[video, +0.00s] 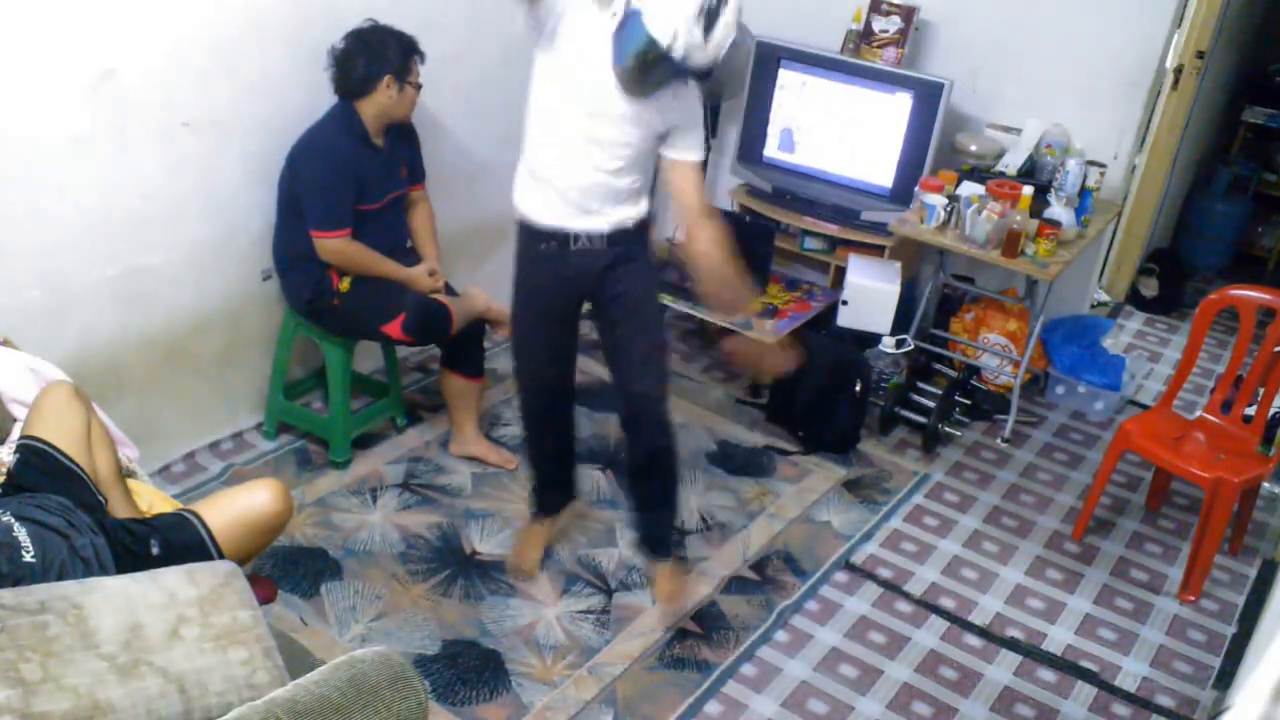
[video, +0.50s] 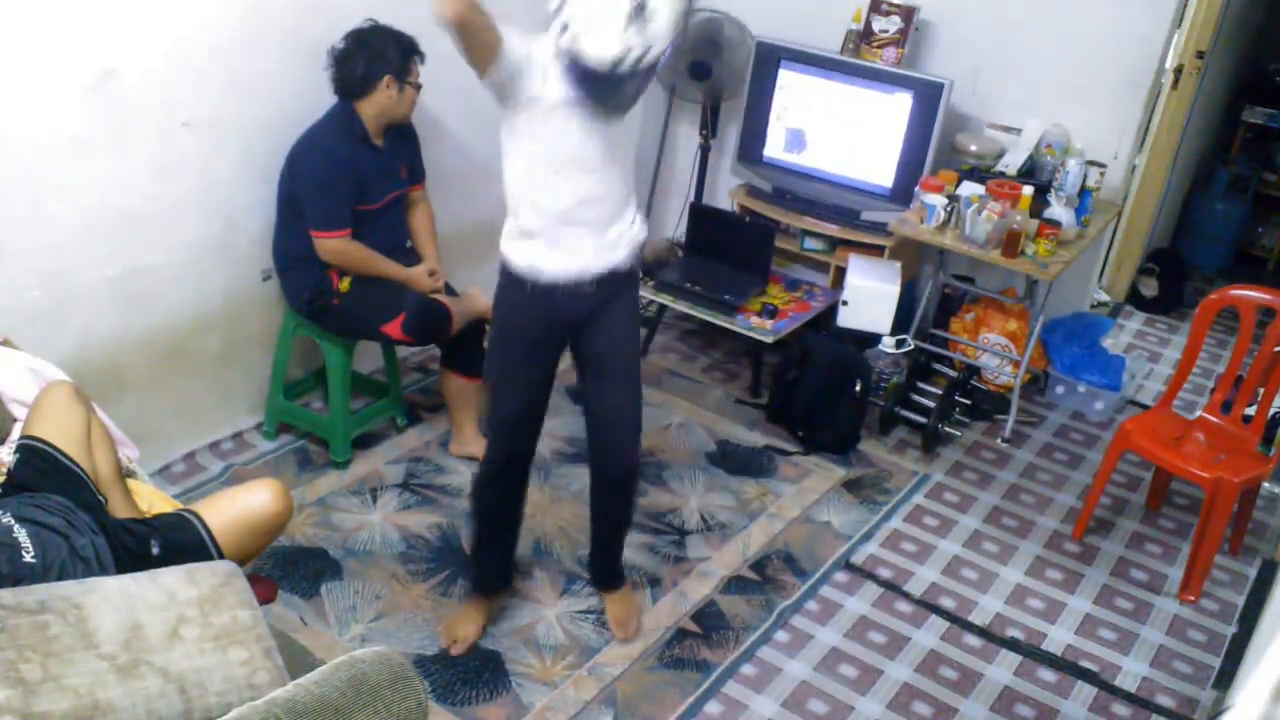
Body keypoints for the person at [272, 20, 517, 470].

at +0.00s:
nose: (419, 96)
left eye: (419, 87)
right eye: (416, 86)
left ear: (386, 86)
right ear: (388, 87)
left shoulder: (399, 130)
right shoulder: (326, 150)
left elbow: (417, 202)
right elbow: (332, 249)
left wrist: (429, 261)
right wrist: (407, 275)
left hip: (387, 266)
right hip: (326, 284)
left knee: (466, 323)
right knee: (426, 323)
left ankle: (466, 435)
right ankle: (476, 304)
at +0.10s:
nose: (419, 95)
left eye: (419, 86)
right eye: (415, 86)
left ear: (386, 87)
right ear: (387, 86)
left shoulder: (399, 131)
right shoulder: (325, 151)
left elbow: (416, 202)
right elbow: (332, 249)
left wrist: (430, 261)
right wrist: (406, 275)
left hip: (388, 263)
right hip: (326, 284)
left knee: (467, 324)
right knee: (423, 322)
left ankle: (465, 435)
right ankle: (475, 306)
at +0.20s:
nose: (419, 95)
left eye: (419, 86)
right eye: (415, 85)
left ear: (386, 88)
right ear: (386, 86)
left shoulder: (400, 131)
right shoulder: (325, 151)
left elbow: (417, 201)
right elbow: (331, 248)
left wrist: (430, 260)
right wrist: (406, 275)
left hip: (388, 258)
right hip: (326, 282)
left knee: (468, 324)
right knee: (423, 322)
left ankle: (465, 435)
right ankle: (477, 305)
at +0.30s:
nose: (419, 95)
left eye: (419, 86)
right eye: (415, 85)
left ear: (387, 87)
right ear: (387, 86)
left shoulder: (399, 130)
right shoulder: (325, 151)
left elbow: (416, 202)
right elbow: (332, 249)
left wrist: (430, 261)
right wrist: (407, 275)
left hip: (389, 259)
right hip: (325, 282)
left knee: (468, 325)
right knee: (424, 321)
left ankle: (465, 435)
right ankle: (476, 306)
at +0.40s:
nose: (419, 95)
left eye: (419, 86)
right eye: (415, 86)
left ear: (386, 87)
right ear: (387, 86)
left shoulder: (400, 131)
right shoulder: (324, 151)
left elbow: (417, 201)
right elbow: (331, 248)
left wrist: (430, 262)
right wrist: (406, 276)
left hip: (388, 259)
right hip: (326, 282)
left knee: (467, 326)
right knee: (421, 322)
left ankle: (466, 436)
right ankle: (475, 306)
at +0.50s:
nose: (419, 95)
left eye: (419, 86)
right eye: (415, 85)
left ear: (387, 88)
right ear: (387, 86)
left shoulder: (399, 132)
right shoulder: (325, 151)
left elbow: (416, 202)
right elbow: (331, 248)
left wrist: (430, 261)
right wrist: (406, 276)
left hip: (388, 259)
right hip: (326, 282)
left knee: (466, 327)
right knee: (422, 322)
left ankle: (466, 437)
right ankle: (475, 306)